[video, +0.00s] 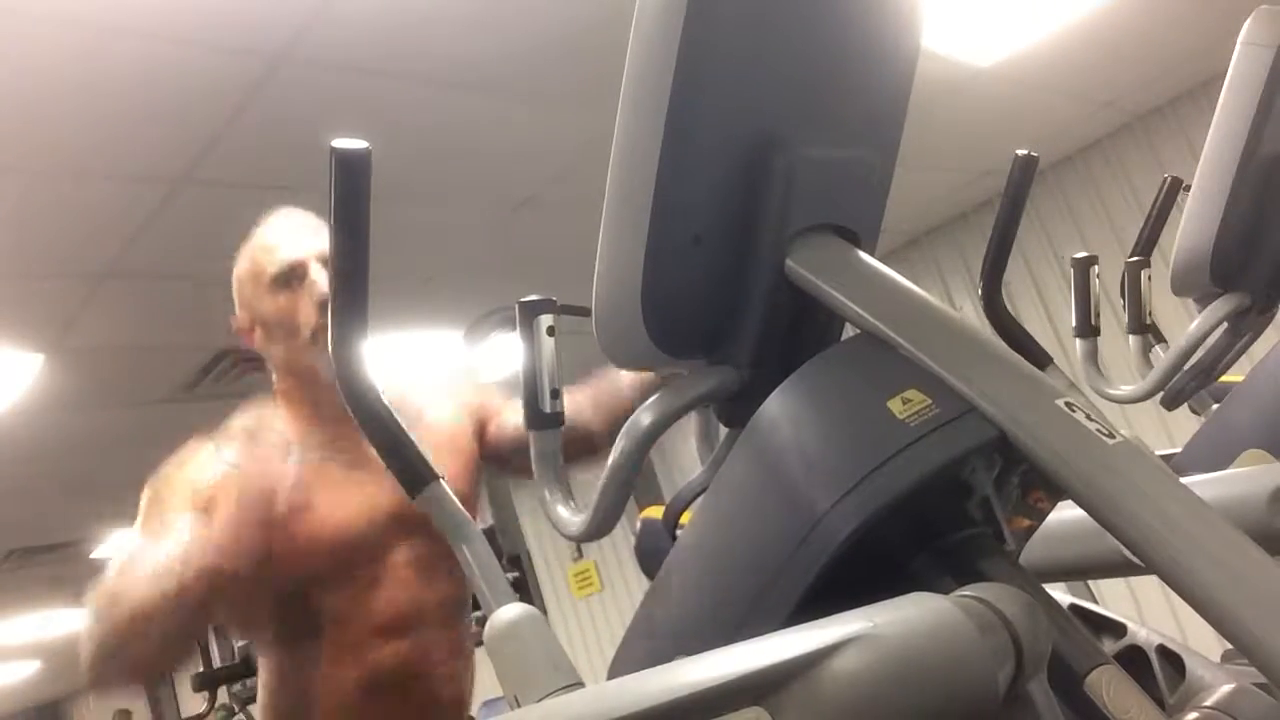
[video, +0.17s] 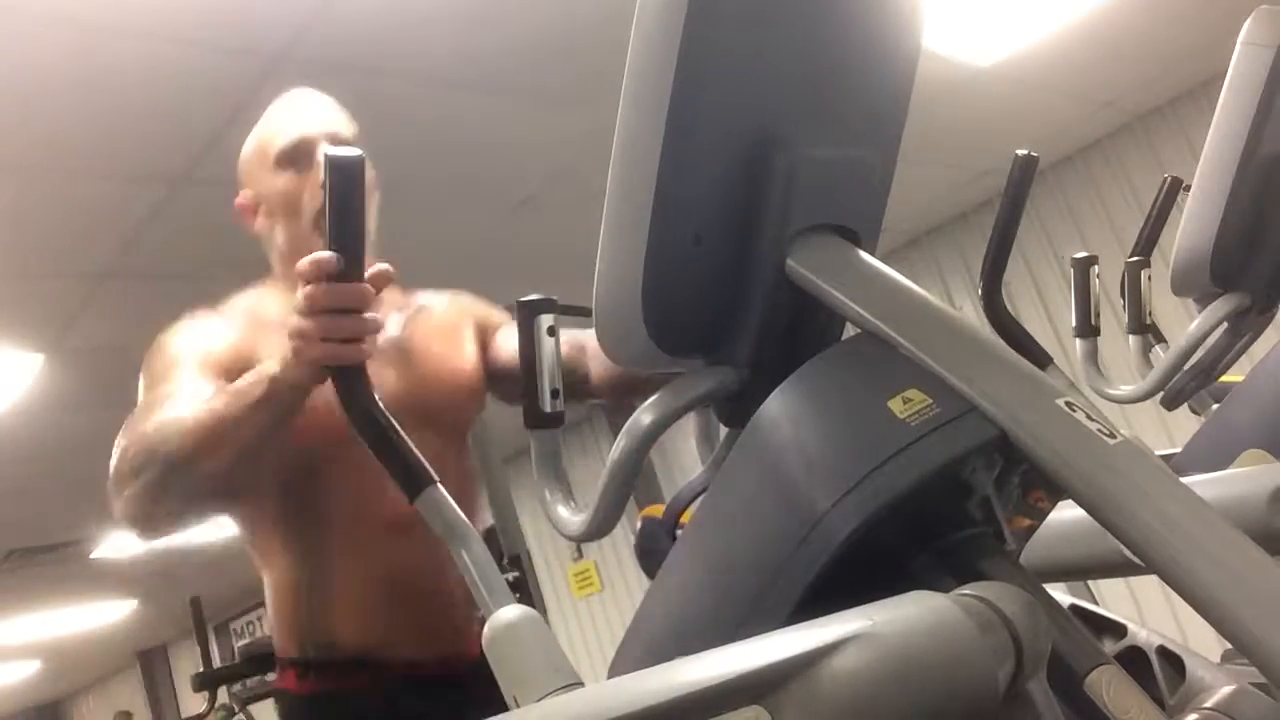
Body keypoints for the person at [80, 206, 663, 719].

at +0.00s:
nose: (326, 288)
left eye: (335, 266)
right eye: (291, 277)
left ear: (358, 281)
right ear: (248, 328)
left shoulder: (445, 400)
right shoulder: (219, 469)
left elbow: (572, 418)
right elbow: (113, 656)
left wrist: (681, 361)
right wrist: (219, 557)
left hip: (448, 707)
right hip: (317, 711)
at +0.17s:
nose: (333, 171)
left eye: (349, 153)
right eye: (298, 158)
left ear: (374, 182)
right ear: (251, 209)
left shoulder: (453, 317)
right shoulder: (210, 340)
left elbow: (589, 363)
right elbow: (141, 498)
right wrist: (285, 377)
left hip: (473, 676)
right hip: (334, 687)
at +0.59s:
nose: (420, 126)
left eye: (439, 107)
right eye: (386, 109)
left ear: (465, 144)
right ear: (338, 155)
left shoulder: (516, 301)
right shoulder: (268, 287)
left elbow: (650, 376)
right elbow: (149, 457)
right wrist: (291, 382)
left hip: (528, 615)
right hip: (386, 658)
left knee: (686, 691)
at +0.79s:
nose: (440, 76)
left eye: (457, 63)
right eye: (409, 61)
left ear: (481, 105)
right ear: (364, 106)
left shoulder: (534, 262)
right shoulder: (296, 226)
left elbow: (641, 360)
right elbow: (198, 369)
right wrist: (284, 367)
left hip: (535, 567)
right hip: (396, 595)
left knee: (671, 677)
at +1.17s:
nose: (379, 35)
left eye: (394, 22)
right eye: (348, 28)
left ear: (424, 60)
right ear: (318, 81)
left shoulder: (515, 198)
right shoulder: (289, 193)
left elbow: (620, 285)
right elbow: (258, 261)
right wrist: (298, 298)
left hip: (543, 459)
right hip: (411, 482)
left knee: (628, 678)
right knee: (458, 704)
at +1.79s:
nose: (457, 89)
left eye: (469, 68)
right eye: (431, 66)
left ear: (483, 79)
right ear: (371, 80)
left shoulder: (538, 217)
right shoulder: (310, 207)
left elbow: (632, 309)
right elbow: (274, 292)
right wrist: (305, 312)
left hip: (551, 488)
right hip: (419, 503)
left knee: (631, 692)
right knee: (468, 707)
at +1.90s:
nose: (465, 128)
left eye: (476, 105)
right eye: (437, 104)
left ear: (491, 116)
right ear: (376, 121)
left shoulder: (546, 253)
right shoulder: (319, 254)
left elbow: (632, 337)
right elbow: (263, 371)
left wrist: (600, 307)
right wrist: (296, 337)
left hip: (566, 537)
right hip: (430, 551)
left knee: (643, 703)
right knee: (460, 709)